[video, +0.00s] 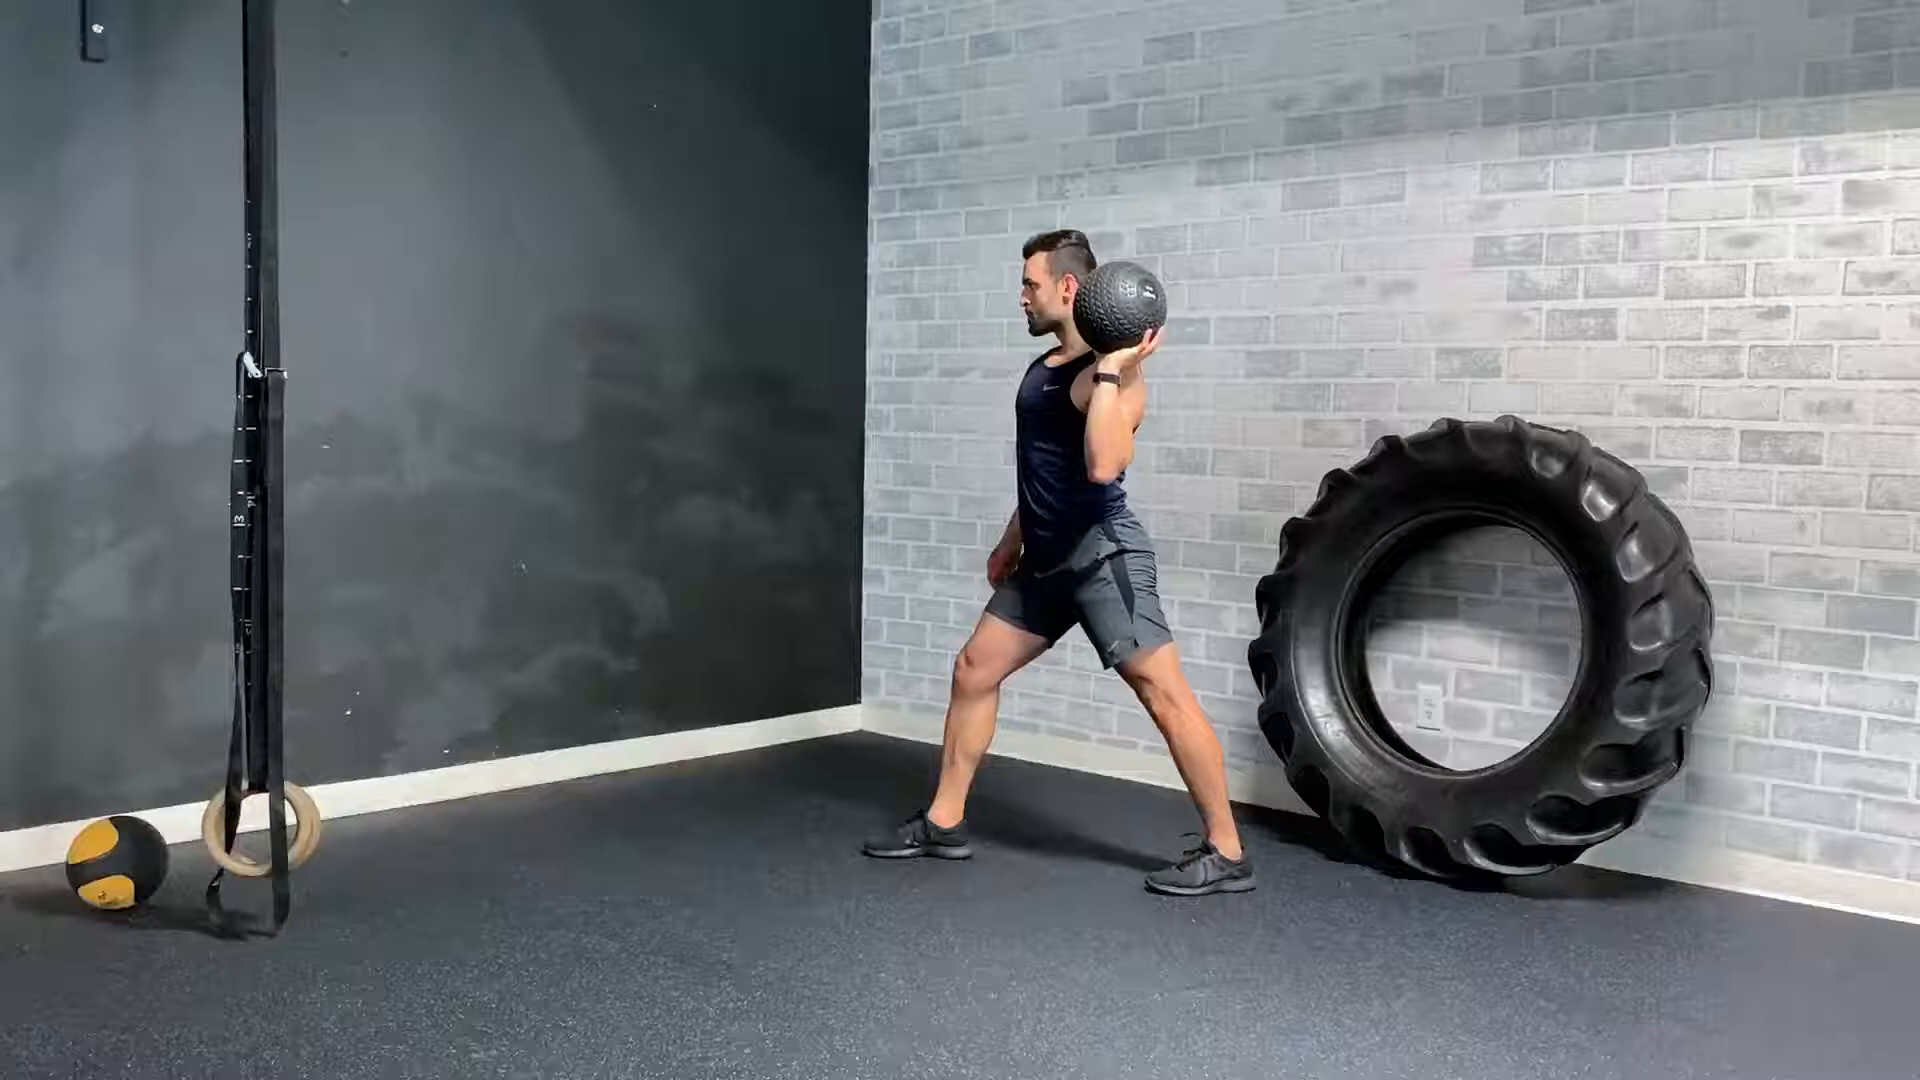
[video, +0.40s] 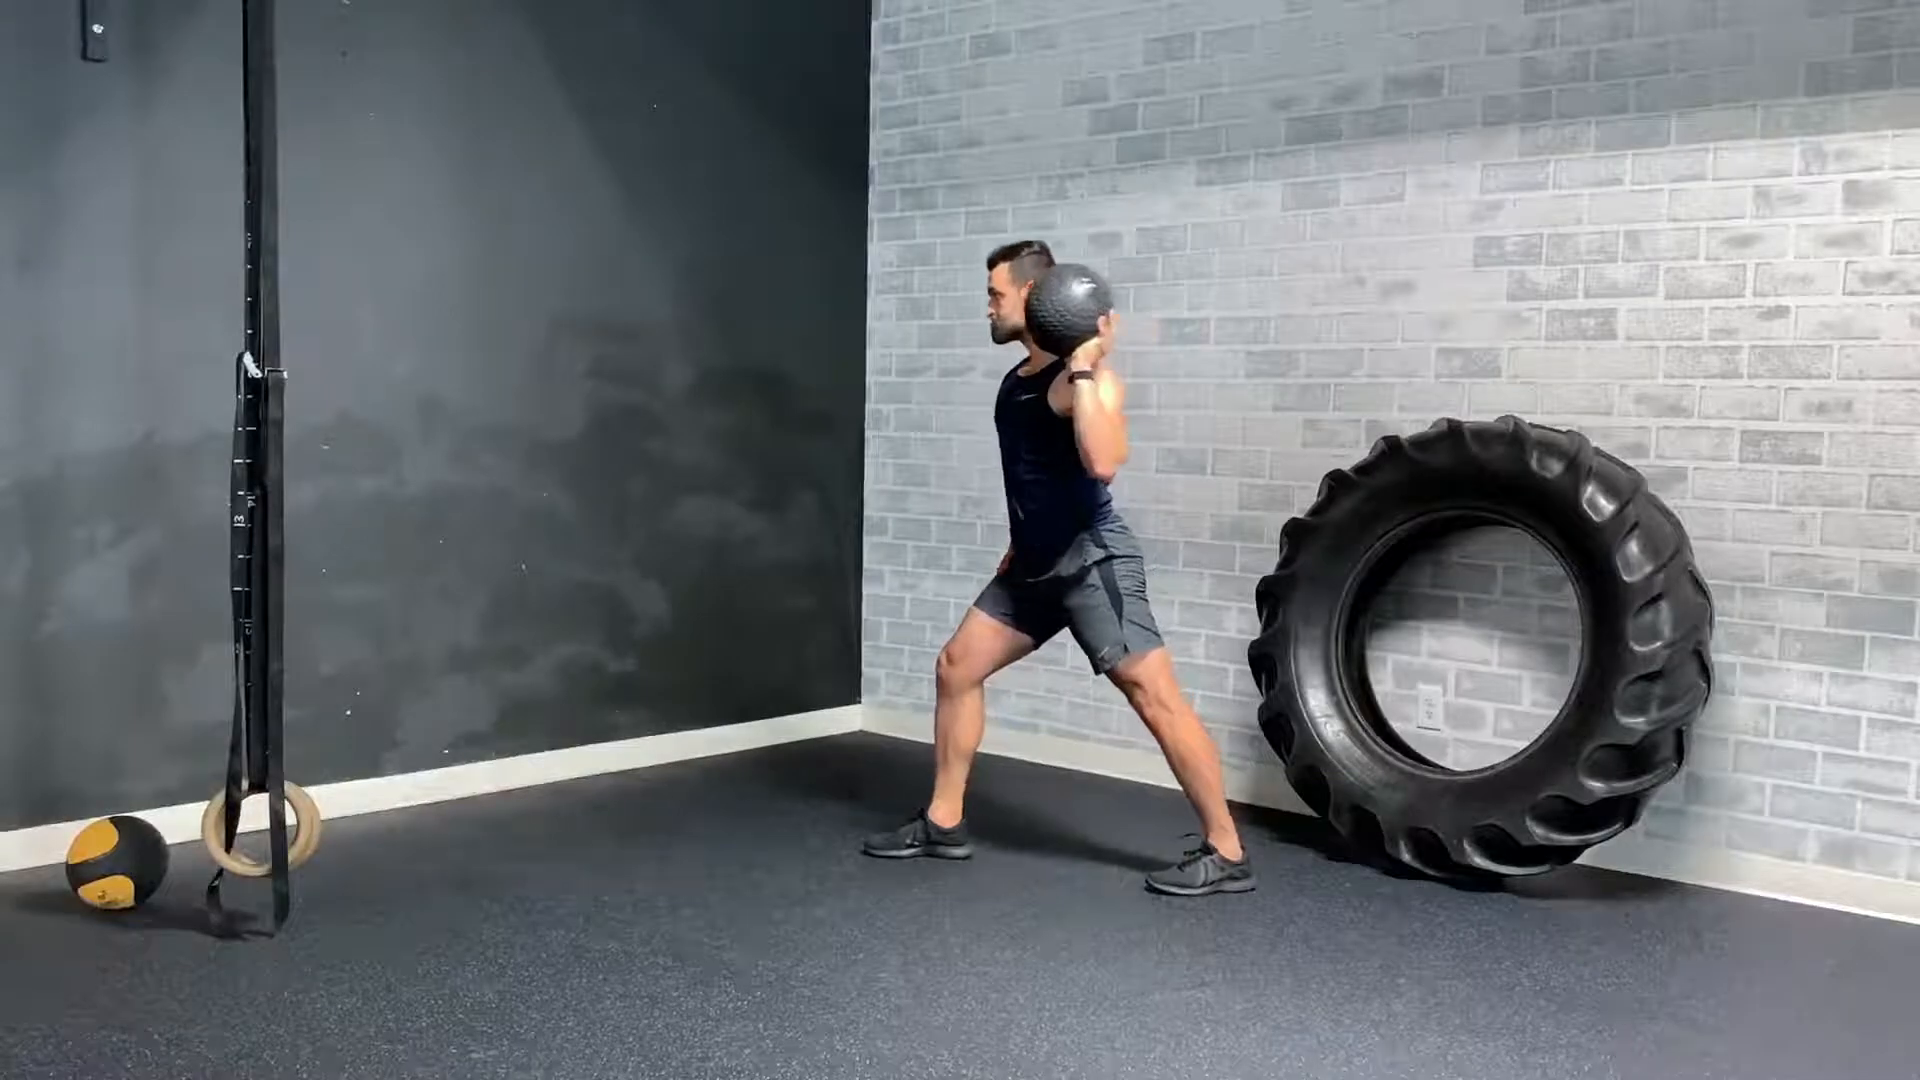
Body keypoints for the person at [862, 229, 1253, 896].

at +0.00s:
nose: (1023, 297)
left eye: (1032, 286)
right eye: (1024, 286)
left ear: (1071, 287)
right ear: (1063, 289)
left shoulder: (1115, 379)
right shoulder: (1048, 363)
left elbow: (1105, 468)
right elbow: (1042, 469)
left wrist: (1109, 378)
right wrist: (1013, 540)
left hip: (1105, 552)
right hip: (1046, 556)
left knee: (1166, 697)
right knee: (974, 674)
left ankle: (1226, 850)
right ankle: (943, 825)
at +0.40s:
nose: (988, 305)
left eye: (998, 294)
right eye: (989, 294)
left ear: (1037, 296)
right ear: (1022, 299)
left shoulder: (1088, 376)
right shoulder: (1019, 377)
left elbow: (1105, 461)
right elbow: (1033, 479)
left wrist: (1085, 372)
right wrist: (1018, 549)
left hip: (1095, 557)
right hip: (1038, 560)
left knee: (1155, 696)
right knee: (957, 669)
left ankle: (1226, 849)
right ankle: (943, 825)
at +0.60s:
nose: (935, 322)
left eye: (941, 309)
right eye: (934, 311)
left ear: (976, 304)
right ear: (977, 307)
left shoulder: (1010, 366)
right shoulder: (999, 367)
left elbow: (931, 388)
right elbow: (1061, 459)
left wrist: (876, 333)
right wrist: (1054, 520)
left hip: (1064, 555)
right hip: (1026, 560)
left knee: (1137, 694)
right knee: (948, 665)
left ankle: (1221, 845)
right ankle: (941, 825)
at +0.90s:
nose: (905, 352)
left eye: (908, 340)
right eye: (904, 342)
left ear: (938, 329)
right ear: (956, 326)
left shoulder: (944, 375)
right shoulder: (1029, 382)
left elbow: (844, 371)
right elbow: (1068, 481)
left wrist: (784, 362)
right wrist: (1049, 549)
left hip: (1055, 562)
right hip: (1033, 566)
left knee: (1138, 701)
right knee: (949, 661)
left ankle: (1223, 849)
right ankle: (942, 823)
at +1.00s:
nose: (908, 355)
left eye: (911, 343)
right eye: (907, 345)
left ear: (941, 332)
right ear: (960, 330)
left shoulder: (946, 375)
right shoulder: (1031, 384)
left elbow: (847, 374)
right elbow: (1071, 485)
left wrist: (771, 367)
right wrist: (1051, 551)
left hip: (1056, 562)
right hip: (1037, 569)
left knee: (1141, 703)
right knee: (951, 660)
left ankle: (1224, 848)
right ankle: (941, 823)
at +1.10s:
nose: (910, 354)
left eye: (913, 342)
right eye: (909, 344)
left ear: (943, 330)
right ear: (965, 328)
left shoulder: (948, 372)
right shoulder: (1039, 387)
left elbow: (848, 373)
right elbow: (1076, 490)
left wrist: (766, 367)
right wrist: (1066, 555)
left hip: (1060, 562)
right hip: (1035, 571)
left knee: (1144, 705)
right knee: (952, 662)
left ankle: (1225, 850)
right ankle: (942, 824)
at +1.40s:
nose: (919, 351)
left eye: (921, 338)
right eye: (917, 340)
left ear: (951, 327)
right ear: (973, 326)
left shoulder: (958, 370)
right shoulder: (1042, 385)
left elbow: (855, 371)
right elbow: (1076, 490)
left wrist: (771, 366)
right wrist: (1065, 550)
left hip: (1062, 561)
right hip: (1036, 569)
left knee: (1143, 703)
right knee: (953, 662)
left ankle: (1226, 850)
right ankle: (942, 822)